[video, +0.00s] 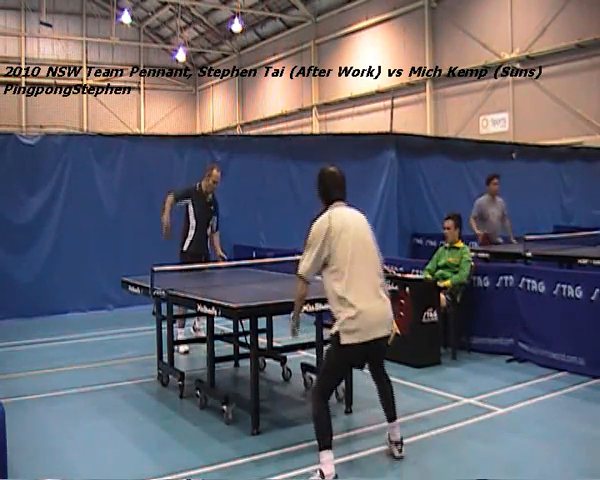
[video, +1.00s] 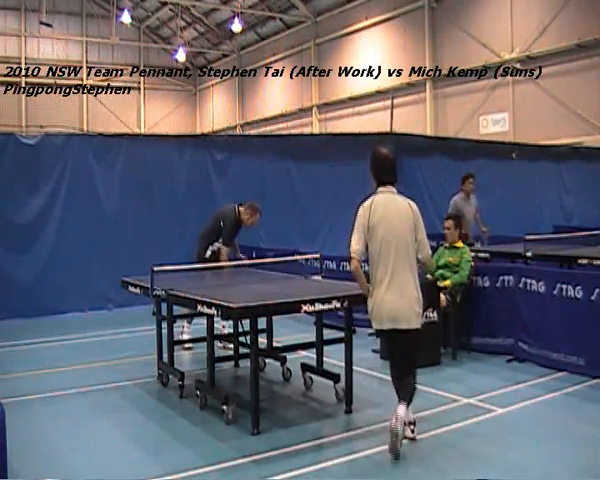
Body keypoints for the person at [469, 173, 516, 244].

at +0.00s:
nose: (497, 187)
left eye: (498, 184)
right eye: (494, 184)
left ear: (499, 186)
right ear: (488, 186)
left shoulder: (500, 202)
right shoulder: (480, 202)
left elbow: (505, 219)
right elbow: (472, 219)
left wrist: (511, 237)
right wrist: (478, 232)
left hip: (497, 237)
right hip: (484, 238)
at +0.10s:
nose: (493, 188)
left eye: (494, 185)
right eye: (491, 185)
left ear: (496, 187)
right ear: (485, 187)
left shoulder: (497, 202)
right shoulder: (477, 202)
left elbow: (501, 220)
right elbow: (469, 220)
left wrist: (506, 237)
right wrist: (476, 234)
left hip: (494, 238)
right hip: (481, 238)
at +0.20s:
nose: (491, 190)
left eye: (492, 187)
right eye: (489, 187)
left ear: (493, 188)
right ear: (482, 188)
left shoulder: (493, 199)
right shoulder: (474, 202)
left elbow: (497, 217)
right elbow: (468, 219)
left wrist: (501, 234)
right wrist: (477, 234)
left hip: (492, 237)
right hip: (479, 239)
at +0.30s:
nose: (489, 189)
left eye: (490, 187)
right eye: (487, 186)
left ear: (491, 187)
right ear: (481, 187)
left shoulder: (490, 198)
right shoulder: (472, 199)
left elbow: (490, 214)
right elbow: (468, 217)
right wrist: (477, 229)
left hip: (490, 234)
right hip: (478, 237)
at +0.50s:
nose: (485, 187)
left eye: (486, 185)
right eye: (482, 184)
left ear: (486, 186)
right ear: (476, 185)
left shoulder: (484, 197)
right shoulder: (468, 200)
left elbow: (484, 213)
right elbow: (462, 217)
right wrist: (471, 226)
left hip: (485, 233)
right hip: (474, 236)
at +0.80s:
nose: (478, 187)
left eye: (478, 184)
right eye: (475, 184)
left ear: (480, 186)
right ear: (469, 186)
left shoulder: (480, 198)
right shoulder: (462, 201)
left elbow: (483, 213)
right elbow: (458, 218)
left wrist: (489, 224)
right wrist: (464, 229)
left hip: (479, 232)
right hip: (466, 233)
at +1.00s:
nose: (472, 186)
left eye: (473, 184)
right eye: (469, 183)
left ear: (474, 186)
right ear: (463, 186)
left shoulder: (473, 198)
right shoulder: (455, 201)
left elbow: (476, 213)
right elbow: (450, 218)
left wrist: (481, 228)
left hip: (471, 234)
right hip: (459, 235)